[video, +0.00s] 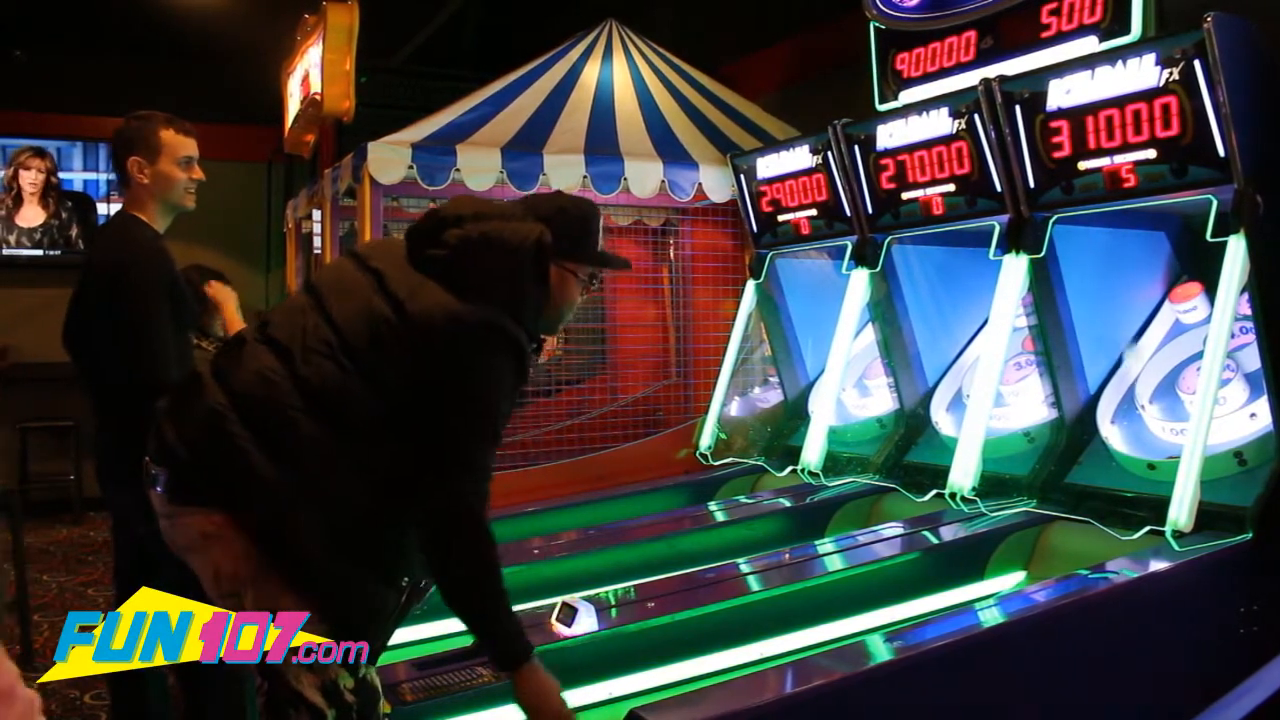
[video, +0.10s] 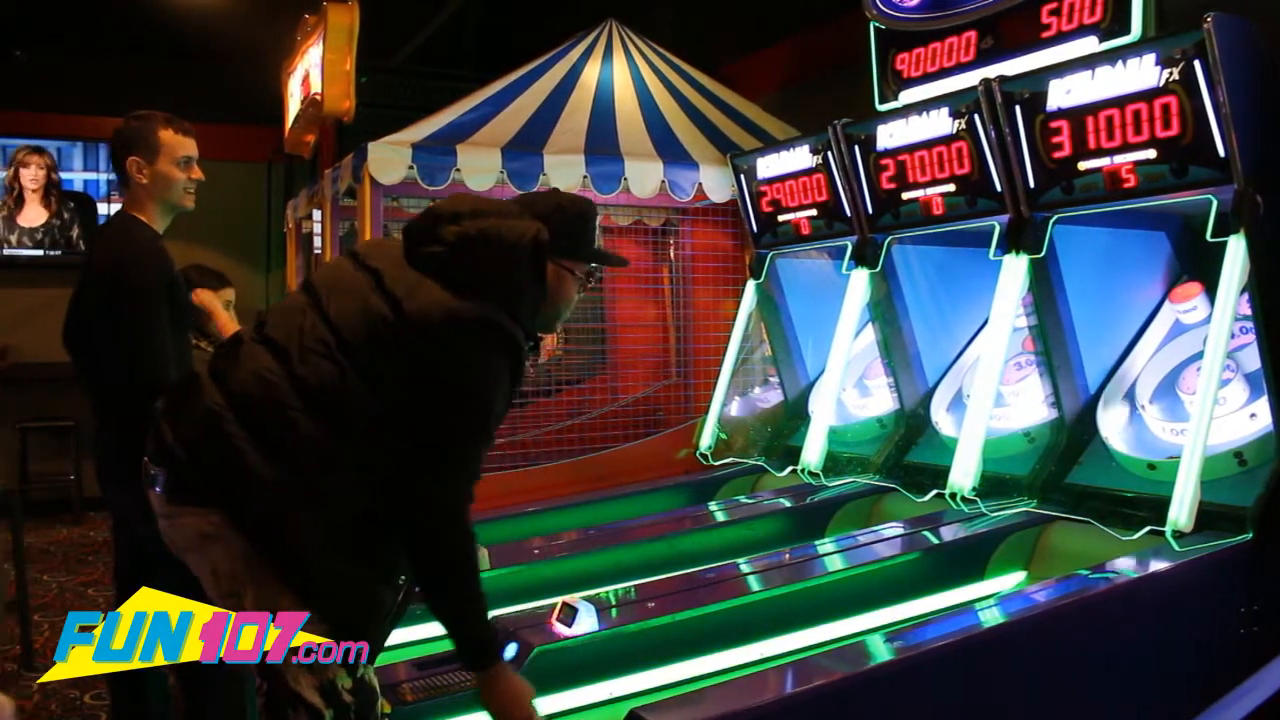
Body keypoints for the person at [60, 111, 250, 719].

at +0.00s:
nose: (199, 176)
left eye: (198, 164)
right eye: (186, 164)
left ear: (143, 174)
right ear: (140, 170)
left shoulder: (117, 243)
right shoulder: (139, 253)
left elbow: (75, 337)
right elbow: (169, 372)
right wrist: (229, 319)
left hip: (127, 454)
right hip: (149, 463)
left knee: (142, 596)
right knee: (171, 599)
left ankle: (138, 706)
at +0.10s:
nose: (197, 176)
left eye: (196, 164)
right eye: (185, 164)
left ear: (142, 173)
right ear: (139, 170)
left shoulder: (119, 242)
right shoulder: (137, 252)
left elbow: (79, 337)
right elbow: (163, 371)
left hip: (127, 453)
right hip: (146, 462)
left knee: (143, 594)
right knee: (167, 597)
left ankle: (139, 705)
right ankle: (159, 705)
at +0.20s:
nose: (196, 176)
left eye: (195, 163)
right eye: (183, 164)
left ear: (141, 172)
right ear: (137, 169)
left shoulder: (118, 241)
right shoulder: (137, 252)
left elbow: (79, 336)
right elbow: (163, 371)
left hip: (126, 451)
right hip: (145, 460)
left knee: (143, 591)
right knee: (166, 595)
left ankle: (139, 703)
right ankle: (156, 704)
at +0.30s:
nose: (196, 176)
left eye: (195, 163)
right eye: (183, 163)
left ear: (140, 173)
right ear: (137, 169)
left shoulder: (116, 242)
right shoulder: (138, 253)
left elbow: (79, 336)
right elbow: (162, 373)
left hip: (124, 450)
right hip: (145, 459)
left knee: (142, 591)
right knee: (167, 594)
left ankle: (139, 703)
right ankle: (158, 703)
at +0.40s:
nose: (196, 176)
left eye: (195, 164)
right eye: (183, 164)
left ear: (142, 174)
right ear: (136, 170)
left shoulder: (117, 241)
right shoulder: (136, 252)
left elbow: (78, 335)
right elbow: (162, 372)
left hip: (123, 445)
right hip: (142, 456)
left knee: (141, 580)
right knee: (166, 586)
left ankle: (141, 697)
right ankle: (158, 699)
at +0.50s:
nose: (196, 175)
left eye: (195, 163)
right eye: (183, 162)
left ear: (139, 171)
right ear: (136, 169)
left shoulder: (112, 240)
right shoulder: (138, 250)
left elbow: (77, 334)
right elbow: (163, 372)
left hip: (121, 448)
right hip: (146, 458)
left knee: (146, 583)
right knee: (168, 590)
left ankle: (144, 699)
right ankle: (167, 702)